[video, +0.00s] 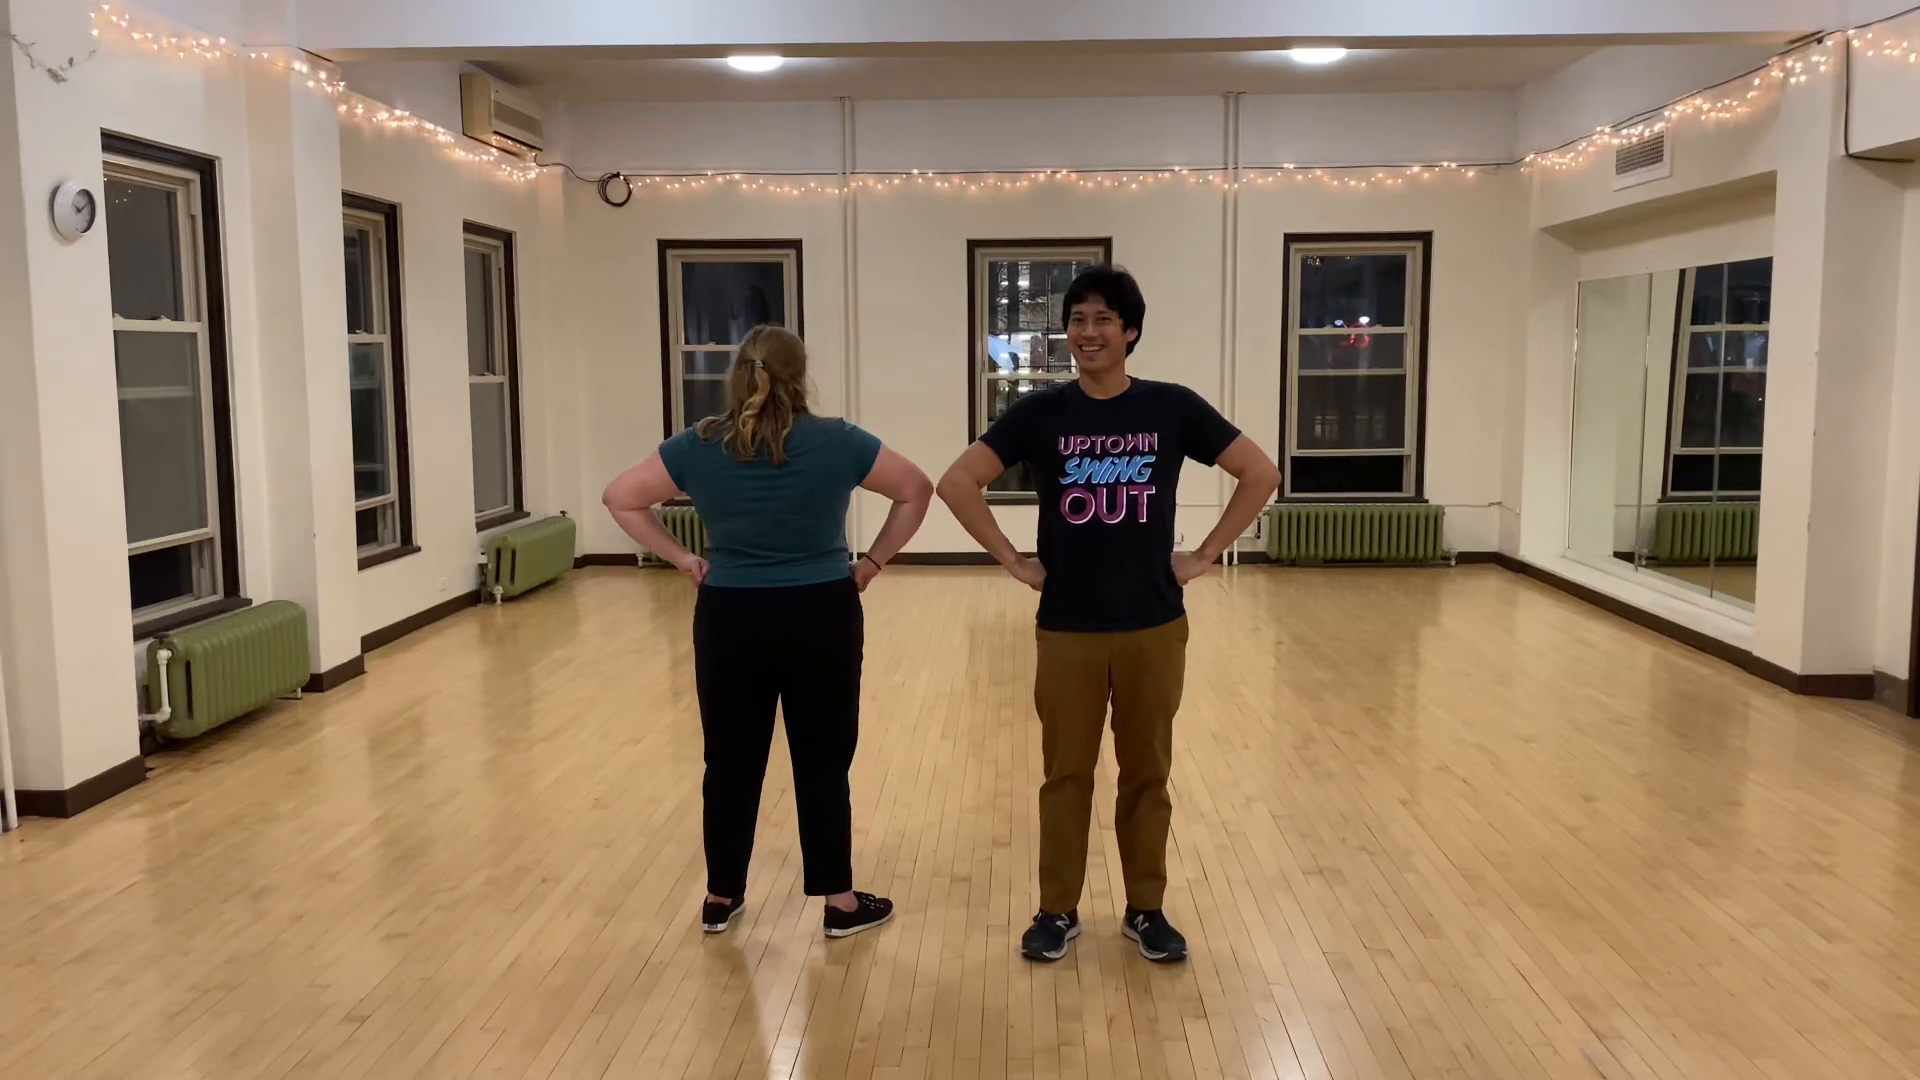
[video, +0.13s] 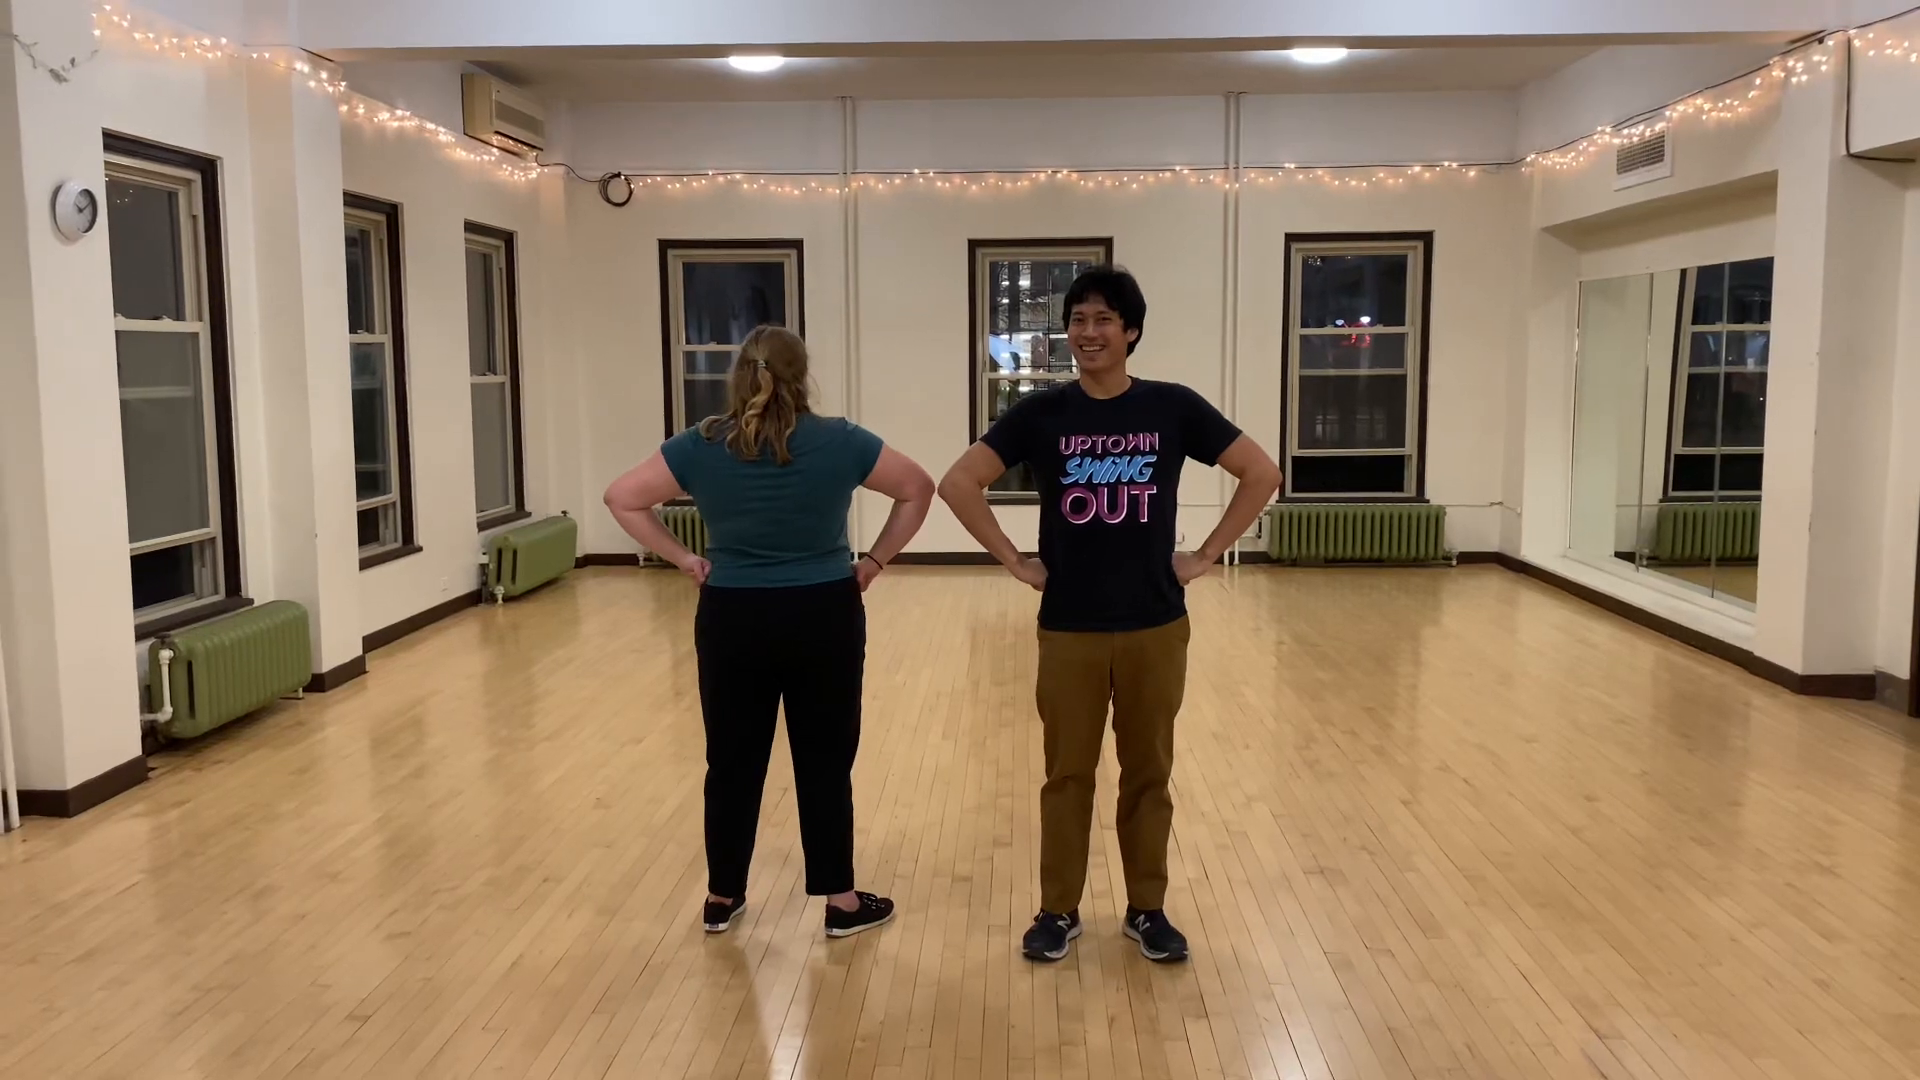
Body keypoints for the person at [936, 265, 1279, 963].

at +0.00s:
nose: (1088, 332)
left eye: (1103, 320)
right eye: (1078, 320)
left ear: (1130, 332)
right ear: (1065, 331)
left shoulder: (1172, 407)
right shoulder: (1040, 414)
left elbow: (1262, 474)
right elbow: (956, 483)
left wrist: (1202, 555)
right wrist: (1013, 559)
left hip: (1154, 620)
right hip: (1068, 623)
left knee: (1147, 774)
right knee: (1067, 774)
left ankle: (1146, 910)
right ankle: (1056, 912)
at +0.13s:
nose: (1089, 331)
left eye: (1104, 320)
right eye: (1079, 319)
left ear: (1131, 332)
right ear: (1066, 331)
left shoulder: (1172, 407)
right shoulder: (1041, 413)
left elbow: (1263, 474)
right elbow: (958, 484)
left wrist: (1203, 556)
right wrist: (1015, 559)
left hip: (1155, 620)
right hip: (1070, 623)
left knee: (1149, 774)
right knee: (1068, 774)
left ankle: (1148, 909)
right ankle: (1057, 911)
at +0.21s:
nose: (1090, 331)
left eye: (1104, 320)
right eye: (1079, 320)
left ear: (1131, 332)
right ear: (1067, 332)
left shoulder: (1173, 407)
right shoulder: (1042, 413)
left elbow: (1264, 474)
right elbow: (958, 484)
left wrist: (1203, 556)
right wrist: (1014, 559)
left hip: (1156, 620)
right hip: (1070, 622)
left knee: (1149, 774)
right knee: (1069, 774)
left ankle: (1148, 909)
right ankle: (1058, 910)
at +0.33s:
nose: (1090, 332)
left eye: (1105, 320)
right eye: (1080, 320)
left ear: (1133, 332)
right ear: (1068, 332)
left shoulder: (1175, 407)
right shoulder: (1044, 414)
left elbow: (1265, 474)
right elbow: (960, 484)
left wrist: (1206, 556)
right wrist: (1017, 560)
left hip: (1158, 619)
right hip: (1072, 622)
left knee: (1150, 774)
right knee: (1070, 774)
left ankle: (1149, 909)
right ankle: (1060, 911)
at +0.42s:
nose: (1091, 332)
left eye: (1106, 320)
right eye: (1081, 320)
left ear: (1134, 332)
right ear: (1069, 332)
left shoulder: (1176, 407)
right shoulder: (1045, 413)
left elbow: (1267, 474)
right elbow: (961, 484)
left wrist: (1206, 556)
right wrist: (1018, 559)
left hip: (1158, 619)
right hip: (1073, 621)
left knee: (1151, 774)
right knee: (1071, 773)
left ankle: (1150, 909)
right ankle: (1061, 909)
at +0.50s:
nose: (1092, 332)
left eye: (1107, 320)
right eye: (1082, 320)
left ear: (1135, 332)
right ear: (1070, 332)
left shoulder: (1177, 407)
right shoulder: (1046, 413)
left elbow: (1268, 474)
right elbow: (962, 484)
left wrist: (1207, 556)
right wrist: (1018, 559)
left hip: (1159, 619)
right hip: (1074, 621)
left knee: (1152, 774)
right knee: (1072, 773)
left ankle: (1151, 909)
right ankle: (1062, 910)